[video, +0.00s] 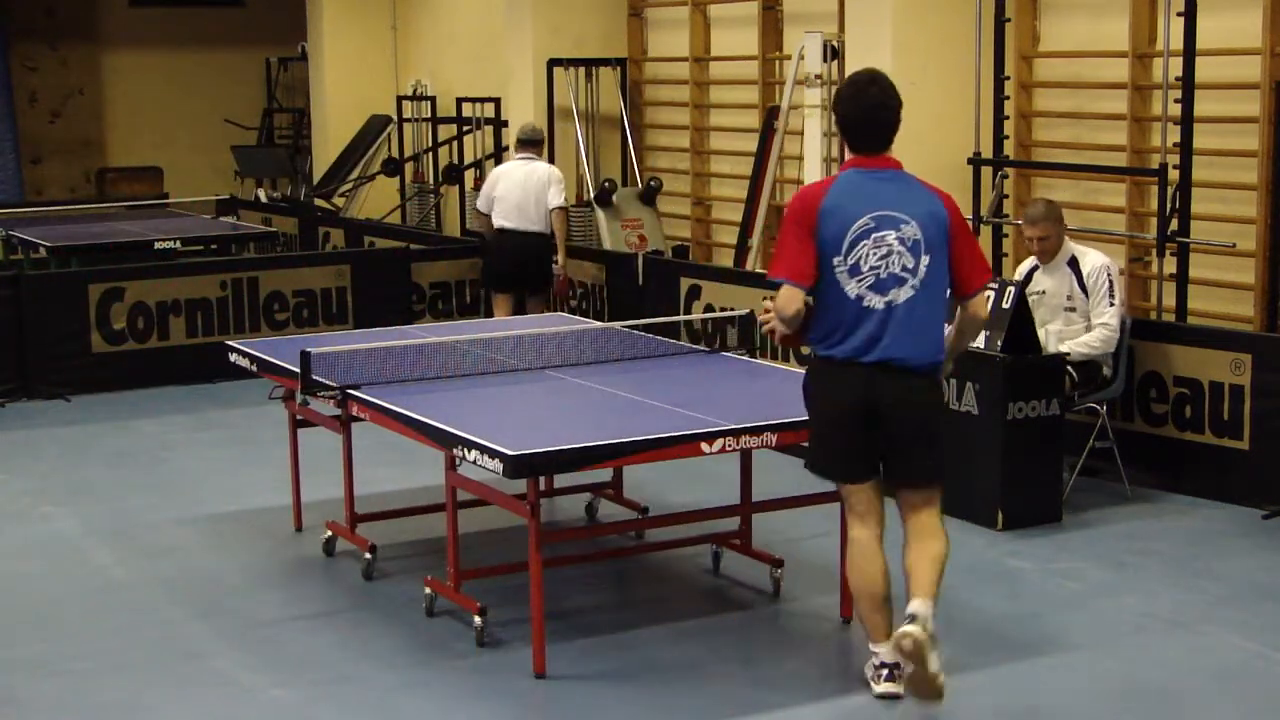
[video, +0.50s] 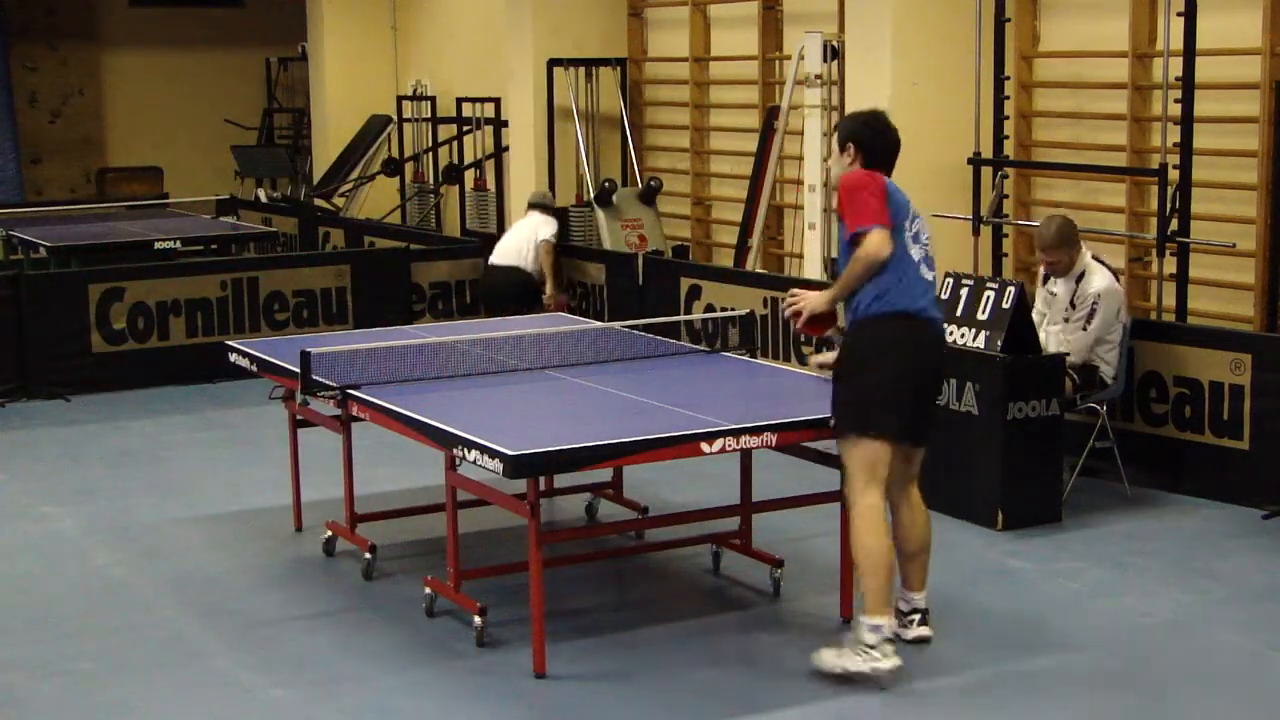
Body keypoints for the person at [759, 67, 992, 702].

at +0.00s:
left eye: (846, 117)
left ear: (839, 128)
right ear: (898, 126)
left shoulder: (812, 202)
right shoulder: (936, 202)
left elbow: (792, 303)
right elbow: (977, 306)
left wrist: (778, 317)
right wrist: (948, 349)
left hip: (840, 387)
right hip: (914, 387)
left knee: (862, 519)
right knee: (922, 510)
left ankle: (883, 660)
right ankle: (919, 614)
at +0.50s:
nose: (834, 160)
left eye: (837, 151)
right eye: (836, 151)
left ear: (851, 152)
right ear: (884, 156)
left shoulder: (858, 182)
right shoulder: (903, 202)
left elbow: (876, 246)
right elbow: (903, 296)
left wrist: (830, 296)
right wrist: (847, 351)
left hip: (884, 340)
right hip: (927, 345)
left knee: (865, 490)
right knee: (904, 485)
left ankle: (875, 635)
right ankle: (914, 610)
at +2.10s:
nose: (777, 135)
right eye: (776, 126)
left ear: (704, 135)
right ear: (770, 132)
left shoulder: (673, 207)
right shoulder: (793, 205)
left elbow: (613, 308)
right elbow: (831, 314)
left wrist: (671, 332)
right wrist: (797, 310)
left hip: (694, 396)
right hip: (770, 400)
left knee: (702, 534)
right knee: (794, 552)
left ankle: (611, 657)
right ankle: (792, 708)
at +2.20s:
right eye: (728, 131)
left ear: (674, 143)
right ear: (733, 141)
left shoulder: (639, 222)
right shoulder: (754, 217)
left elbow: (579, 317)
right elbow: (765, 319)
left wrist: (638, 366)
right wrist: (784, 344)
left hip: (665, 413)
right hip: (736, 417)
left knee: (647, 554)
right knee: (776, 563)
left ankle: (546, 667)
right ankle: (784, 710)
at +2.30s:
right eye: (696, 127)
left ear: (637, 135)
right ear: (697, 135)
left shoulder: (598, 208)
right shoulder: (698, 209)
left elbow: (534, 299)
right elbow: (694, 322)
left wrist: (583, 363)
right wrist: (727, 351)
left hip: (609, 402)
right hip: (677, 407)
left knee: (598, 556)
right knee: (726, 560)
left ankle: (516, 693)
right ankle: (755, 707)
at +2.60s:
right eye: (592, 129)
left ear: (530, 134)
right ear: (592, 136)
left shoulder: (486, 202)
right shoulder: (610, 214)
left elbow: (420, 294)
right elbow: (629, 335)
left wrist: (449, 373)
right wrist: (638, 318)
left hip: (485, 397)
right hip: (552, 406)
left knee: (509, 553)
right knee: (537, 570)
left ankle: (461, 690)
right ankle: (482, 709)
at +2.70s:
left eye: (504, 148)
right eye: (563, 148)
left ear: (499, 157)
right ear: (563, 158)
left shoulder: (459, 230)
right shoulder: (576, 237)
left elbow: (398, 330)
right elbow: (605, 360)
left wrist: (429, 405)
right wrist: (582, 337)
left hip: (458, 426)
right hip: (523, 440)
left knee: (472, 569)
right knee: (494, 609)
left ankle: (386, 687)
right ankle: (454, 717)